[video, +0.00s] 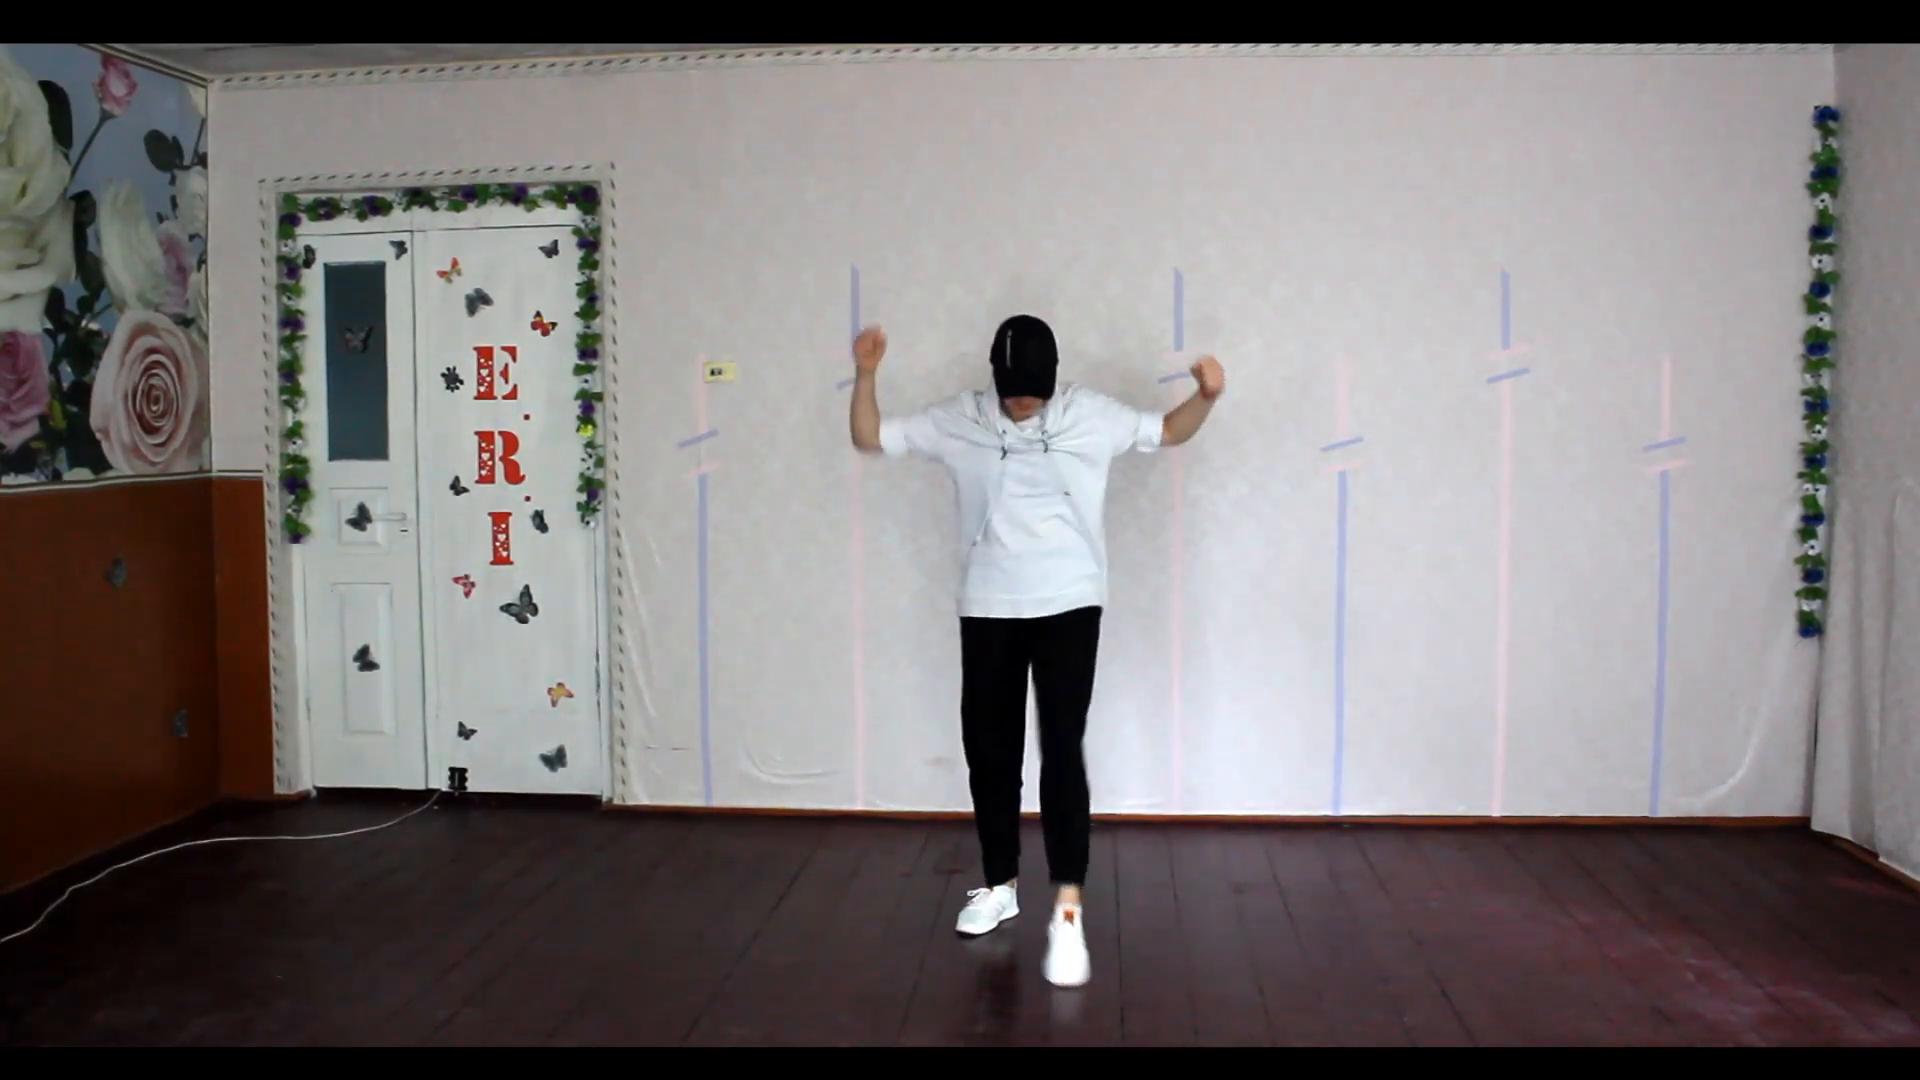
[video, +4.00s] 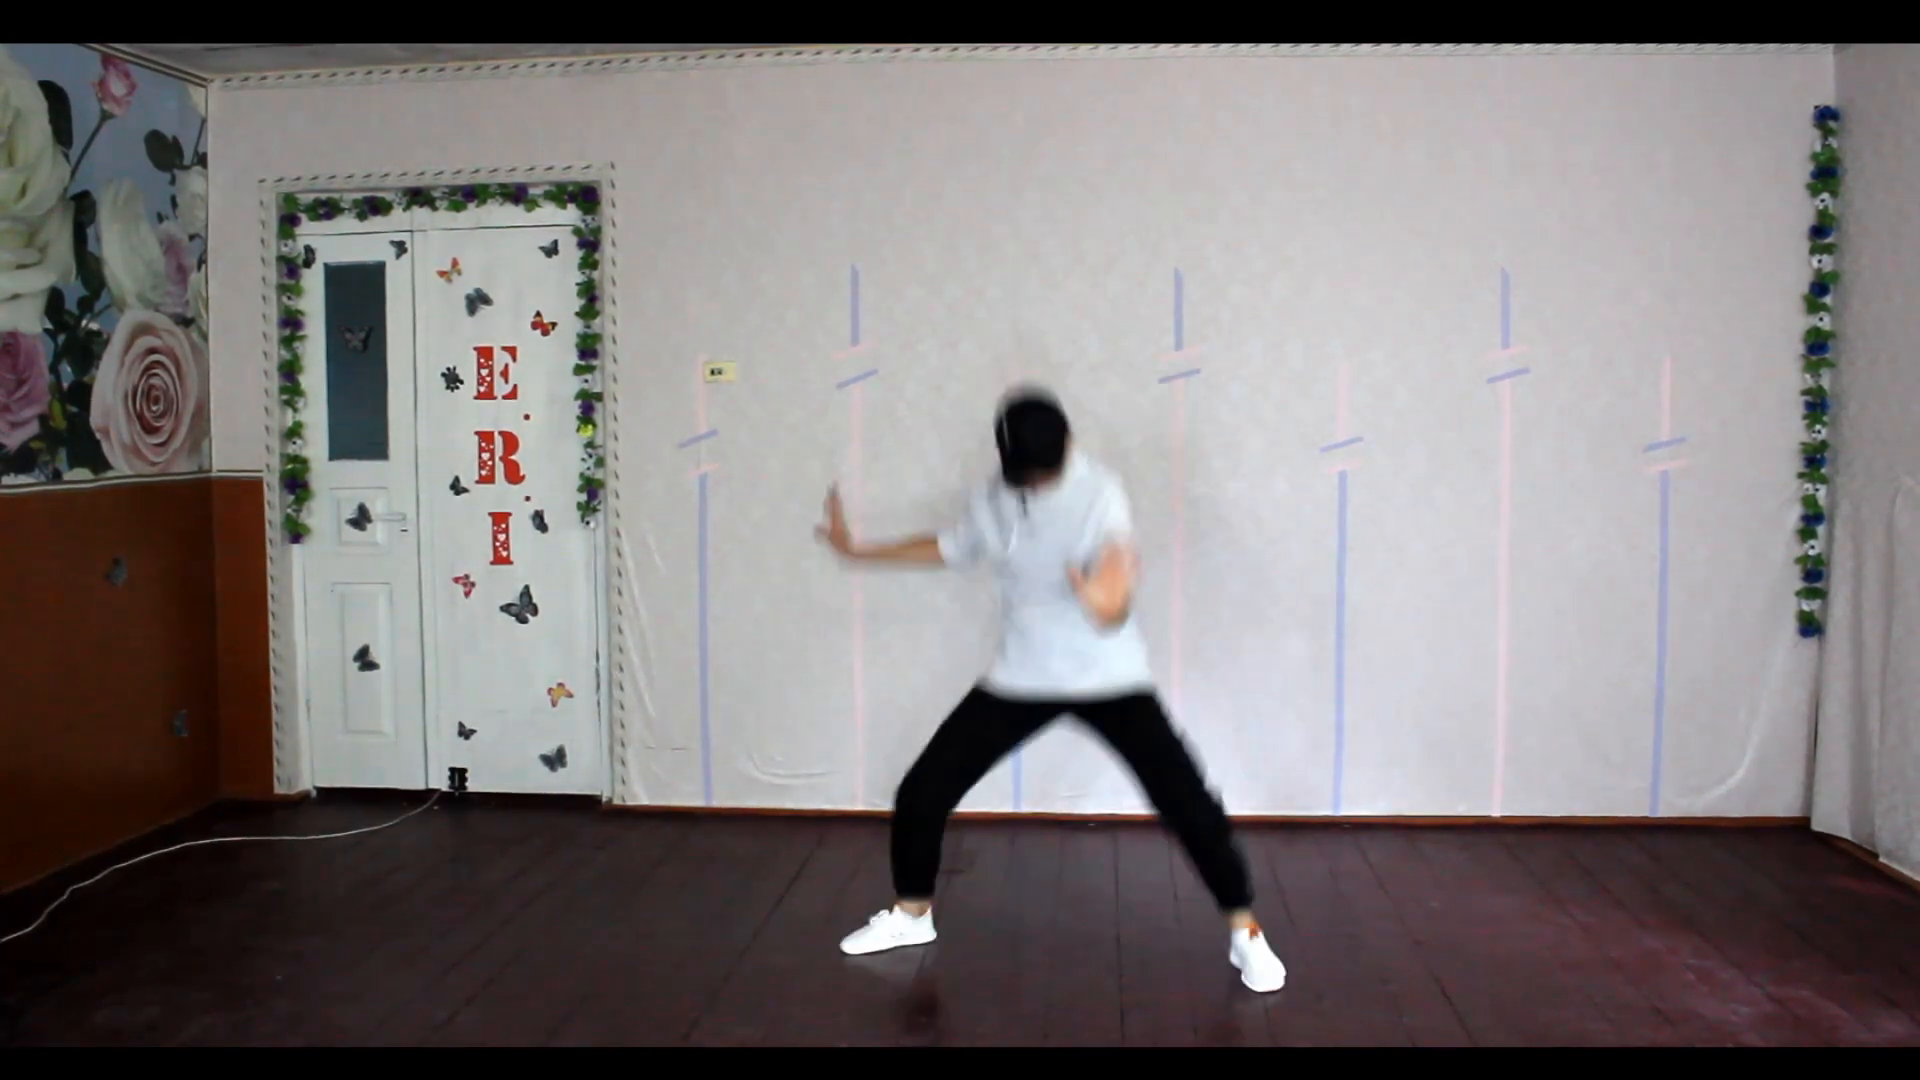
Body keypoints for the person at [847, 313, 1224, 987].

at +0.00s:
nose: (1020, 405)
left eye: (1031, 395)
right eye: (1010, 394)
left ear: (1052, 378)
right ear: (993, 377)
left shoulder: (1091, 416)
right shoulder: (962, 418)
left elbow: (1167, 431)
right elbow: (868, 436)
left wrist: (1206, 396)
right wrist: (866, 373)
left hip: (1068, 610)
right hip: (988, 612)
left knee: (1062, 755)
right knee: (990, 758)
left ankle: (1068, 909)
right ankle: (999, 887)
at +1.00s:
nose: (1125, 561)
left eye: (1134, 552)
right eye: (1114, 552)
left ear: (1149, 532)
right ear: (1091, 532)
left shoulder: (1173, 553)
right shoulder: (1054, 553)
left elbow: (1256, 611)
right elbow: (959, 591)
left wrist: (1222, 704)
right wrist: (981, 690)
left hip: (1147, 679)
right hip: (1059, 680)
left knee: (1219, 774)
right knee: (978, 772)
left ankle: (1227, 894)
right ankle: (966, 890)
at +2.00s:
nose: (1051, 567)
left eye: (1059, 557)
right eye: (1040, 558)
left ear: (1083, 532)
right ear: (1024, 538)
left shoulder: (1121, 552)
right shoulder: (1025, 574)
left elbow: (1183, 640)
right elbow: (996, 684)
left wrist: (1121, 734)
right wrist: (969, 794)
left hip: (1141, 715)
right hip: (1076, 716)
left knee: (1094, 804)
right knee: (1030, 836)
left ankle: (1130, 951)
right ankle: (1124, 866)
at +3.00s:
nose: (1047, 551)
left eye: (1054, 539)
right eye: (1035, 543)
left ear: (1071, 515)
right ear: (1018, 529)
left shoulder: (1124, 529)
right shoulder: (1017, 566)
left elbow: (1161, 629)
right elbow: (1000, 674)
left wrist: (1150, 740)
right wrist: (988, 764)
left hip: (1153, 693)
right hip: (1085, 702)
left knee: (1121, 806)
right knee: (1063, 832)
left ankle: (1131, 951)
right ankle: (1126, 868)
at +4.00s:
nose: (1036, 486)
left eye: (1045, 475)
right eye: (1025, 477)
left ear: (1064, 455)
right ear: (1006, 460)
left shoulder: (1099, 494)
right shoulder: (995, 500)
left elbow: (1116, 595)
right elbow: (949, 548)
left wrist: (1102, 599)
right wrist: (858, 552)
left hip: (1110, 680)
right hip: (1021, 680)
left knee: (1187, 801)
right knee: (922, 794)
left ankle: (1246, 931)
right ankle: (912, 913)